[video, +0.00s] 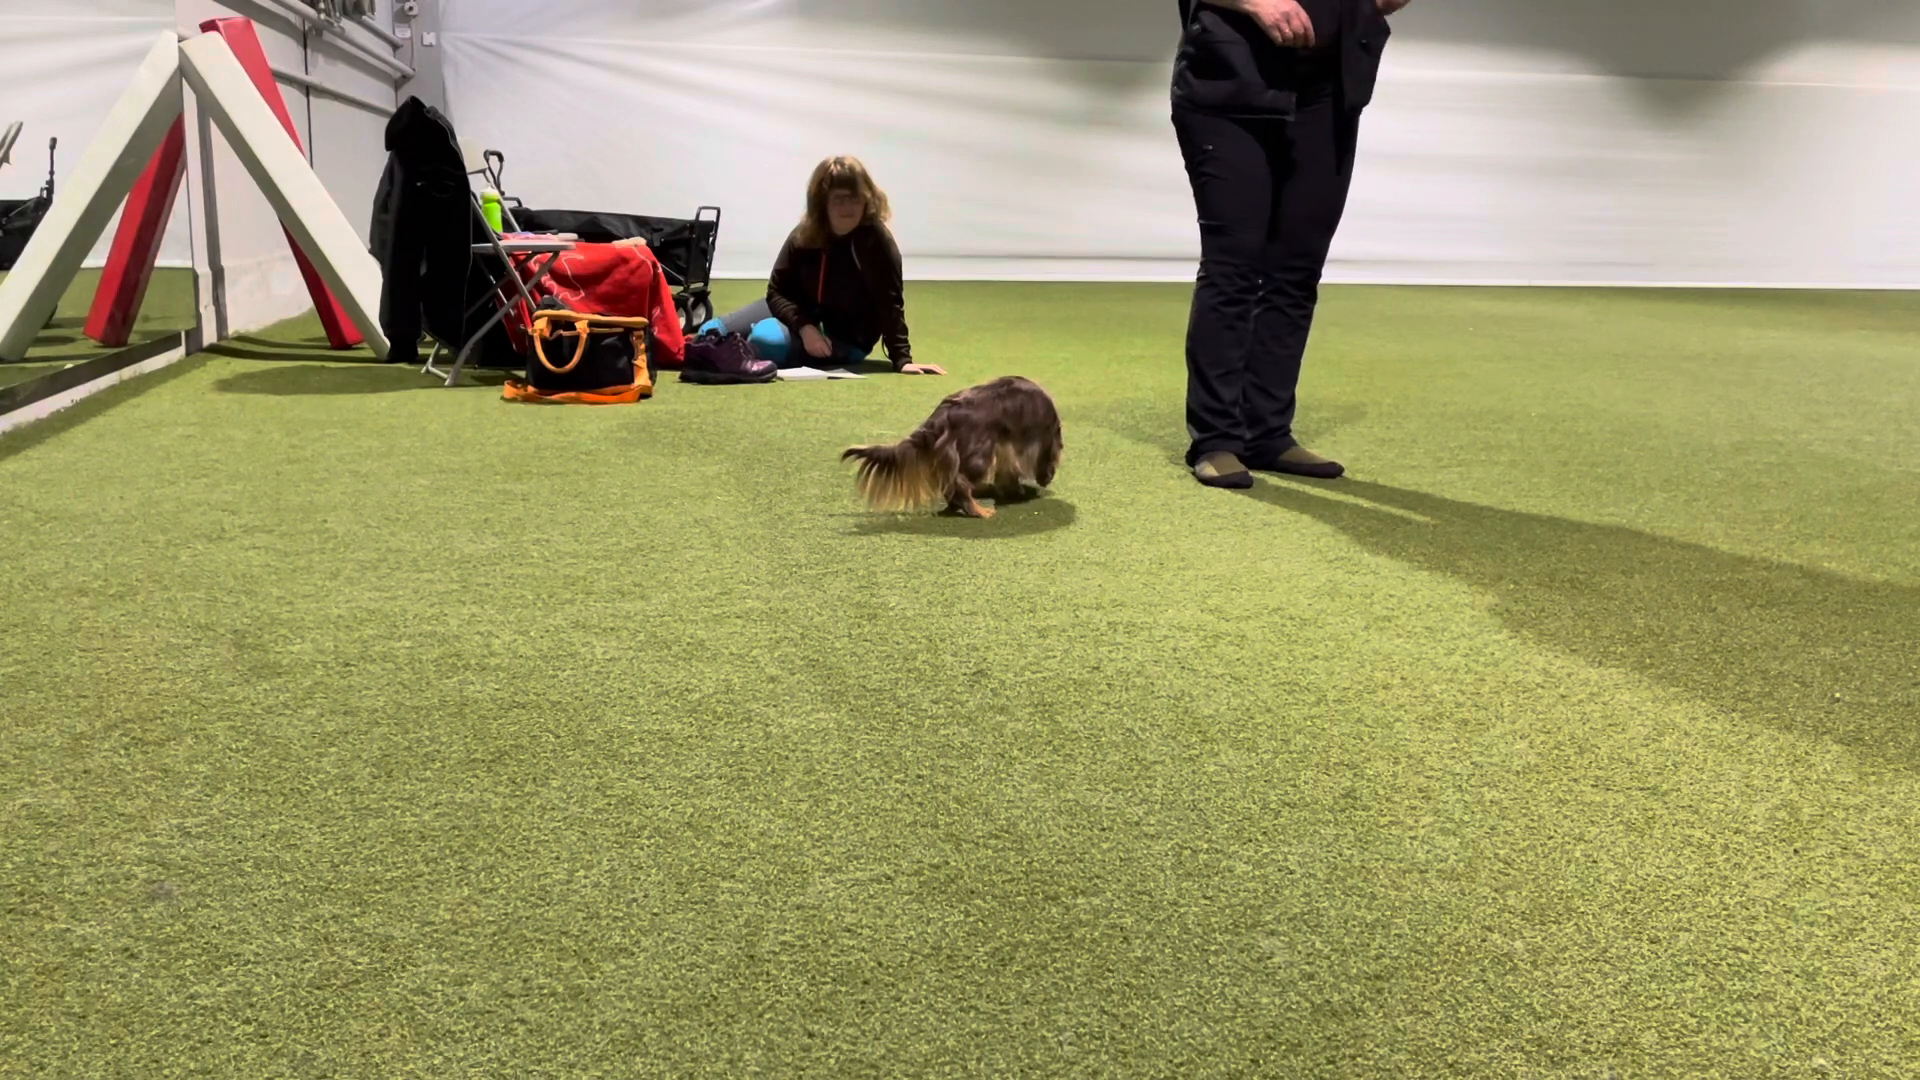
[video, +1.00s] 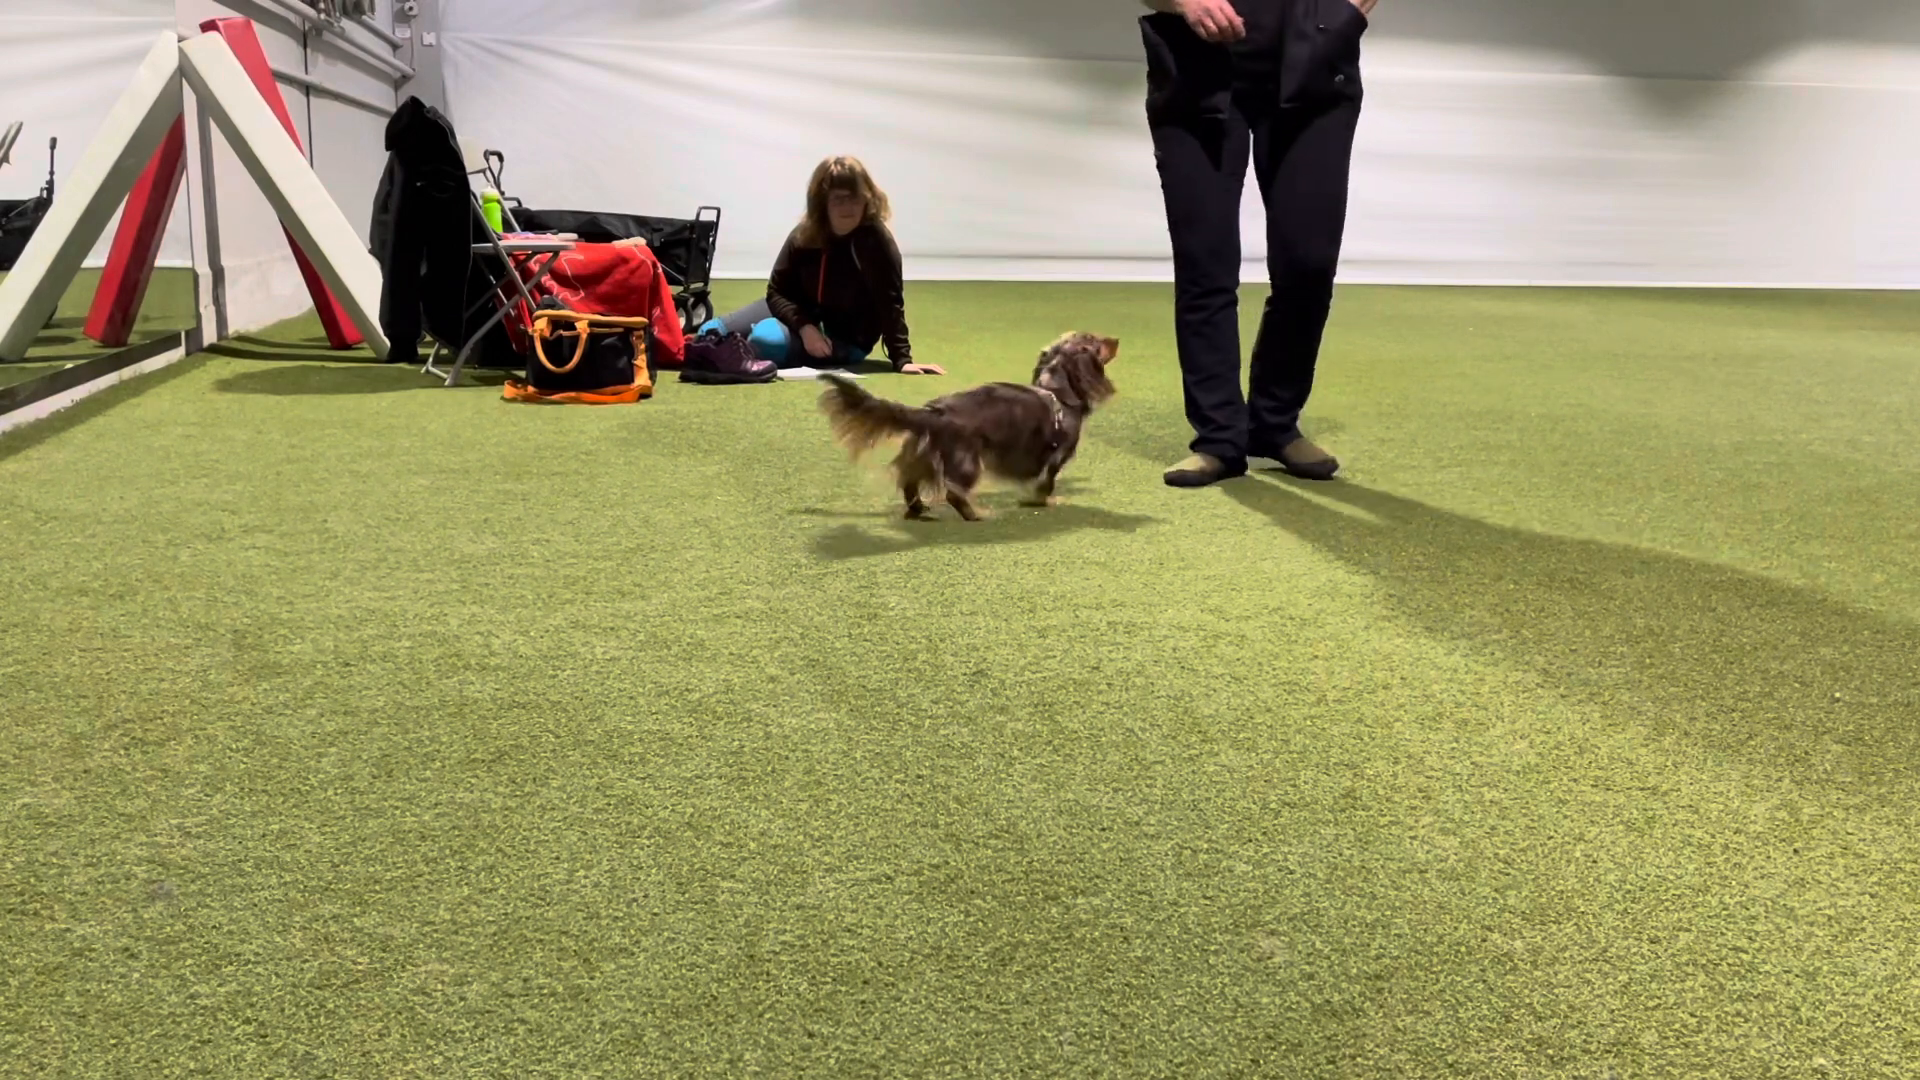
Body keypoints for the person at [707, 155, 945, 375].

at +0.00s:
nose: (847, 205)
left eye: (854, 197)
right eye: (838, 198)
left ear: (866, 200)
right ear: (822, 201)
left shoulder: (878, 243)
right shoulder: (804, 237)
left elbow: (891, 302)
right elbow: (777, 292)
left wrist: (902, 360)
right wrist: (804, 328)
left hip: (842, 337)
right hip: (796, 313)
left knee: (764, 336)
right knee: (712, 331)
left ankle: (732, 346)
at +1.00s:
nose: (847, 205)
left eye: (854, 197)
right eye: (838, 198)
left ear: (866, 200)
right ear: (822, 202)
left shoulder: (877, 242)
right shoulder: (804, 237)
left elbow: (891, 302)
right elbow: (777, 292)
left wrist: (902, 360)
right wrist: (804, 328)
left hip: (842, 337)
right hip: (796, 313)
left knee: (765, 336)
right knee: (711, 332)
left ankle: (731, 345)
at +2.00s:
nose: (848, 206)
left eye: (855, 197)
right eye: (839, 198)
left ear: (867, 200)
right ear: (823, 201)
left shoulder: (878, 242)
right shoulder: (804, 237)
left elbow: (892, 302)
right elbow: (777, 292)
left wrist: (902, 360)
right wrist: (804, 327)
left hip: (841, 337)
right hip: (795, 312)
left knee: (765, 337)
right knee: (711, 332)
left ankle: (732, 344)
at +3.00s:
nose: (847, 205)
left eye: (855, 196)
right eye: (838, 198)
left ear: (866, 200)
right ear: (822, 201)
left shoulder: (877, 242)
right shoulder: (804, 237)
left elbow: (891, 302)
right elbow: (777, 292)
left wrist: (902, 360)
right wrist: (804, 327)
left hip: (842, 338)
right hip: (796, 313)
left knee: (765, 337)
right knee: (712, 331)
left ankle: (732, 346)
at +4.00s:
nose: (847, 206)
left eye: (855, 196)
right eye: (838, 198)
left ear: (867, 200)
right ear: (822, 201)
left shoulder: (877, 241)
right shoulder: (804, 237)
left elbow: (891, 301)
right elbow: (777, 292)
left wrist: (902, 360)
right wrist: (804, 327)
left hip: (842, 338)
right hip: (795, 313)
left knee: (765, 336)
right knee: (712, 331)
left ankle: (732, 346)